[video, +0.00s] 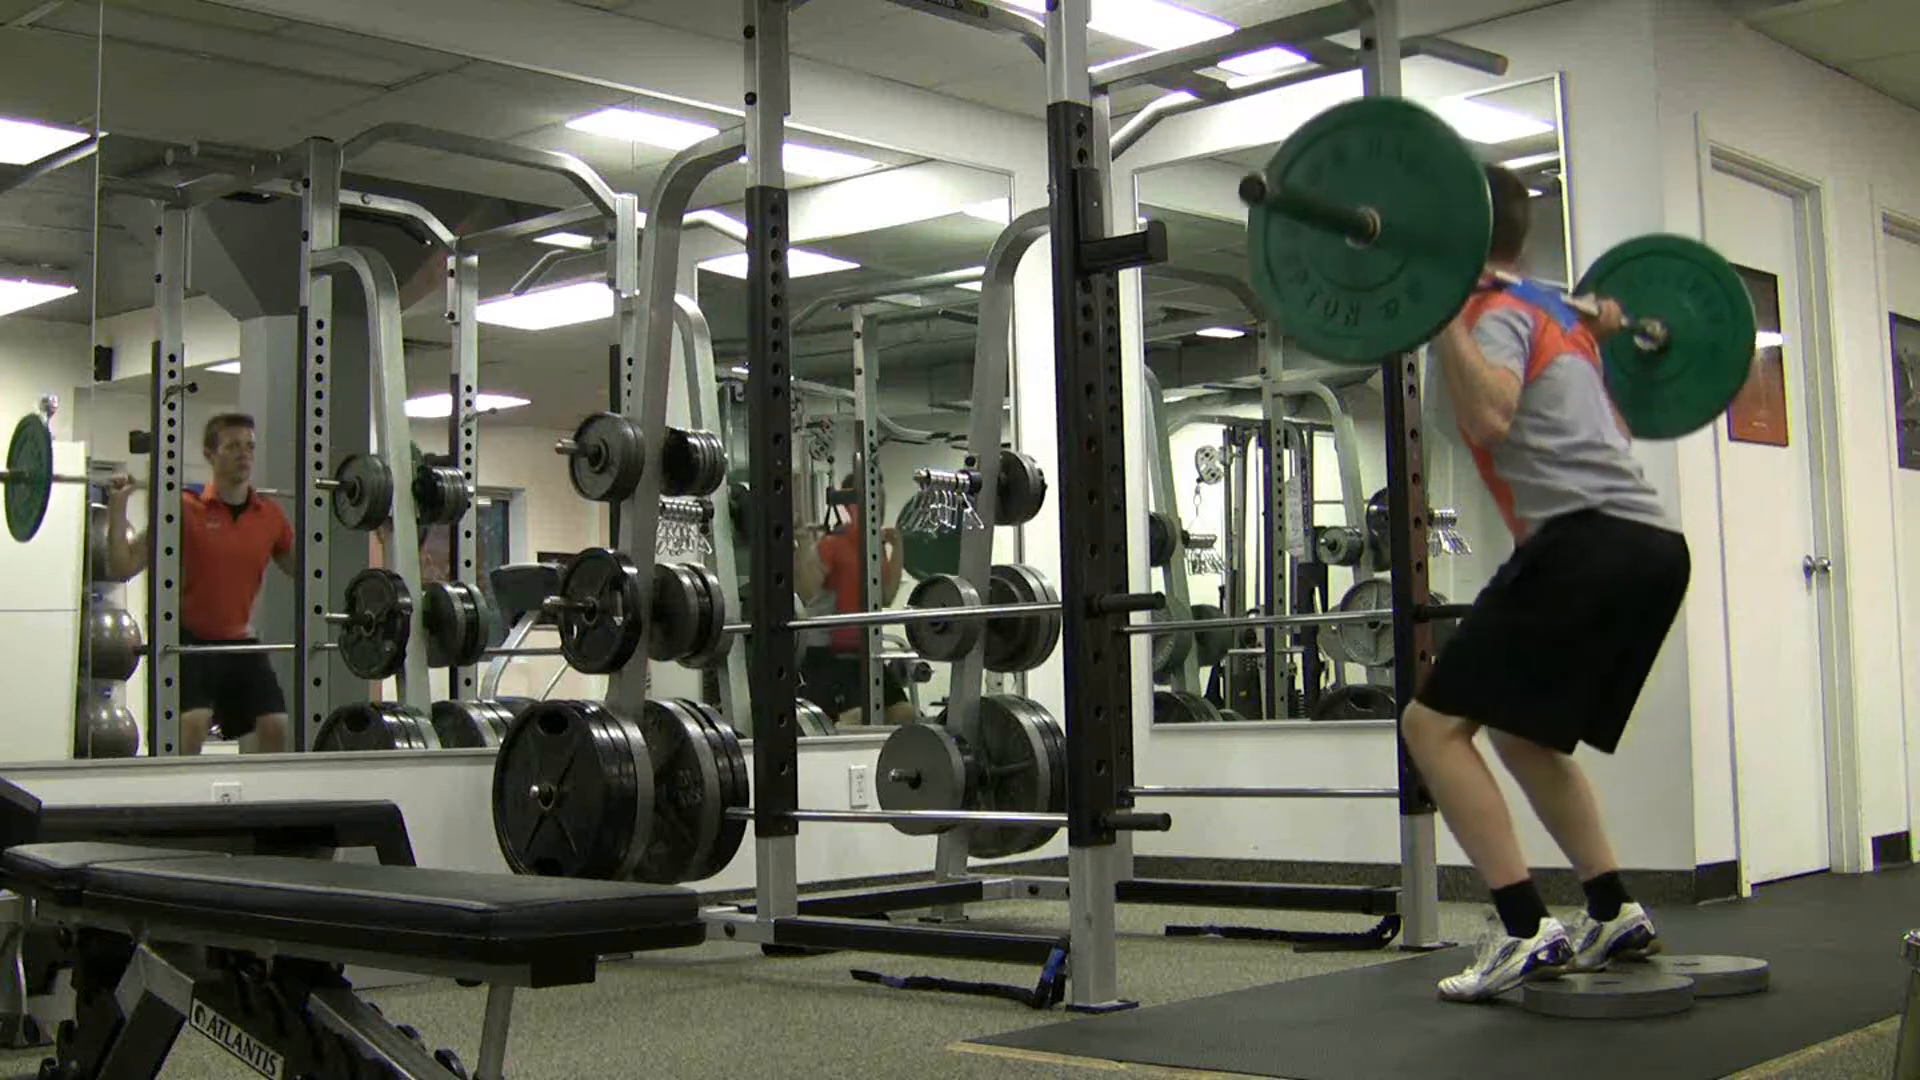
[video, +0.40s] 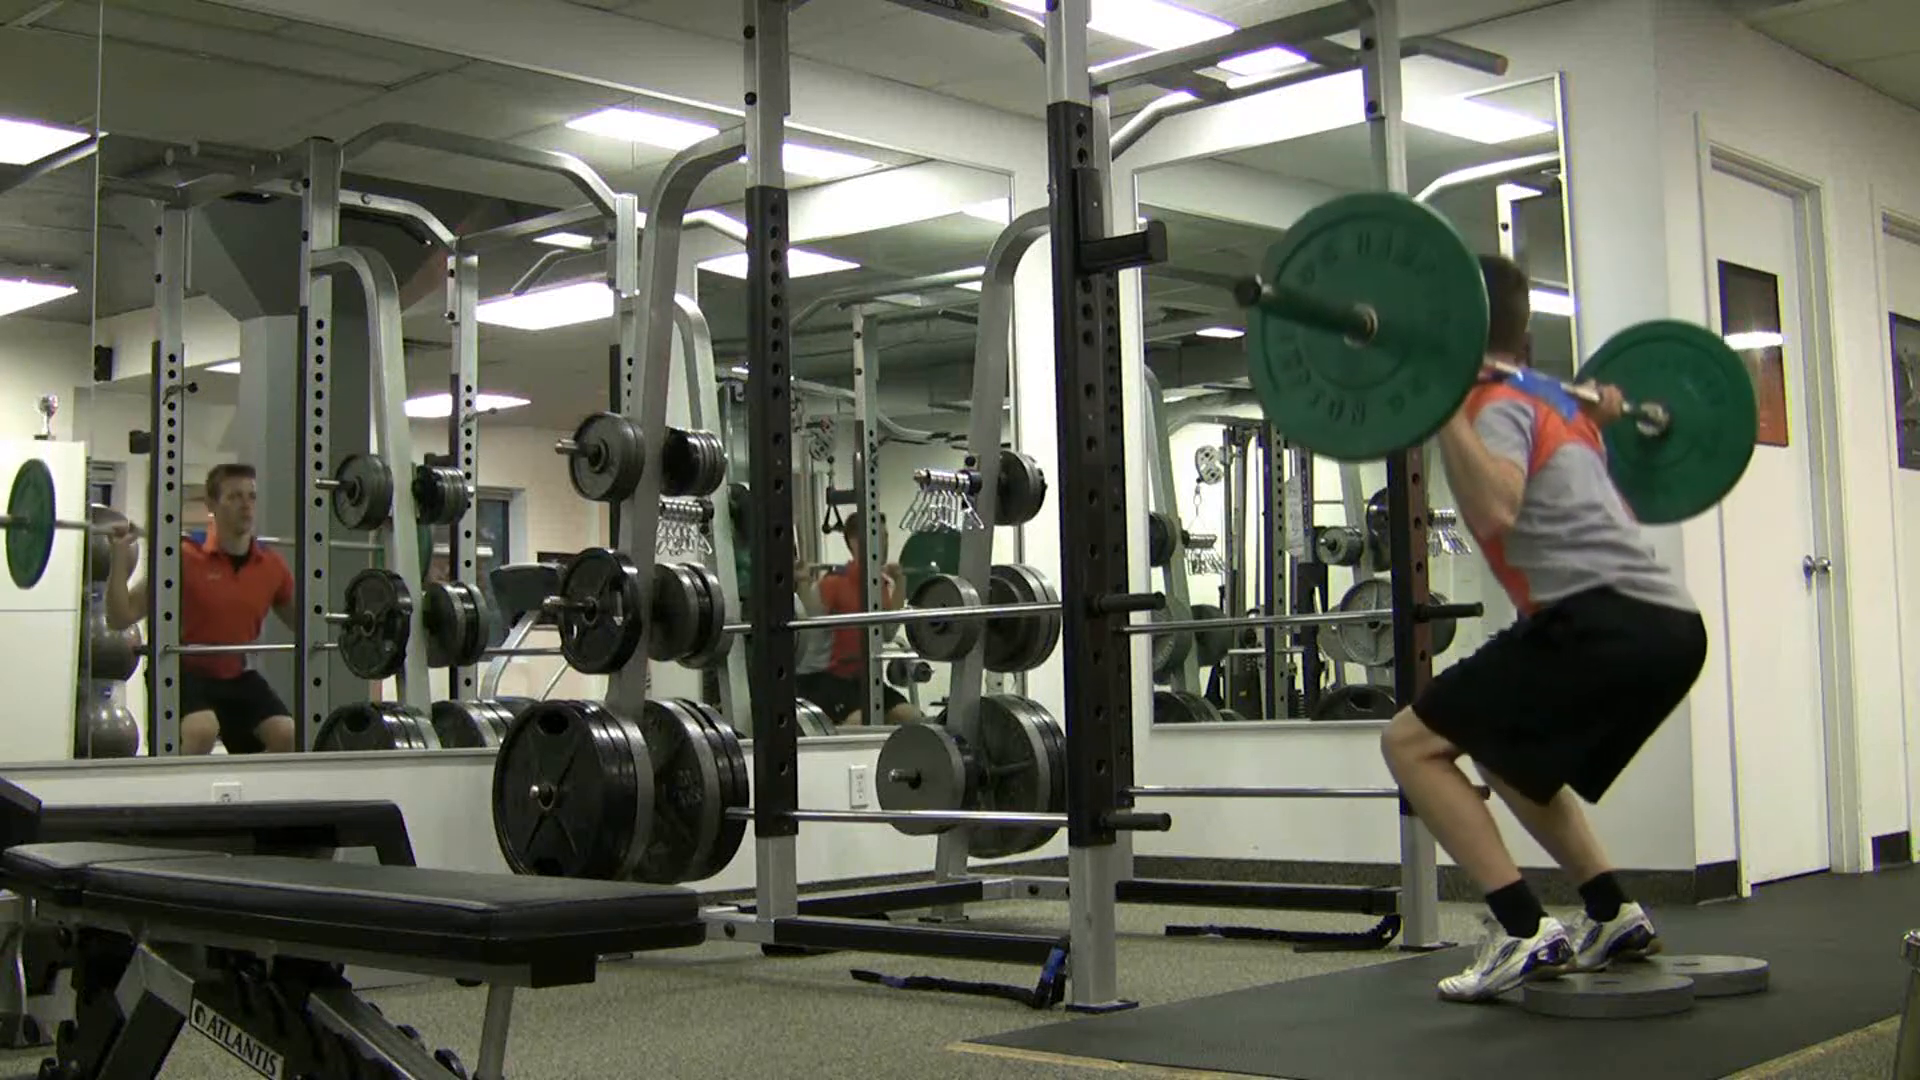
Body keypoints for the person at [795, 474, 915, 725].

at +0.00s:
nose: (871, 506)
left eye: (876, 498)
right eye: (863, 499)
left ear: (882, 501)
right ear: (848, 506)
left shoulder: (875, 545)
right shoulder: (833, 544)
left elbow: (887, 596)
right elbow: (808, 593)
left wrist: (897, 548)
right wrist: (804, 547)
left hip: (869, 652)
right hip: (835, 652)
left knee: (903, 716)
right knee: (852, 721)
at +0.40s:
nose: (874, 545)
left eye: (880, 536)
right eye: (866, 537)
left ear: (886, 540)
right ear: (851, 542)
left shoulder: (881, 585)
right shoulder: (832, 584)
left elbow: (887, 632)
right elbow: (816, 632)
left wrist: (899, 584)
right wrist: (803, 587)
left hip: (869, 678)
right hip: (830, 678)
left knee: (909, 716)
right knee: (860, 717)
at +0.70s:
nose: (884, 568)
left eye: (887, 561)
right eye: (876, 561)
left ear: (891, 564)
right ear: (855, 566)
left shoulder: (885, 607)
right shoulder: (835, 605)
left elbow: (891, 650)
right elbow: (815, 651)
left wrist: (901, 606)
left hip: (871, 692)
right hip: (835, 692)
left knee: (914, 719)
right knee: (864, 724)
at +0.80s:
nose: (884, 575)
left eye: (887, 568)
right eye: (877, 568)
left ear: (891, 571)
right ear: (855, 573)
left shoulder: (887, 613)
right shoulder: (834, 612)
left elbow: (894, 659)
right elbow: (813, 661)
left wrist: (900, 612)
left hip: (872, 697)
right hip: (835, 698)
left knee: (915, 719)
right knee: (864, 724)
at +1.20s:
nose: (889, 594)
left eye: (890, 587)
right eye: (880, 587)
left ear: (893, 588)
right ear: (857, 591)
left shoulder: (886, 631)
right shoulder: (833, 630)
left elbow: (888, 680)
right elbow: (808, 678)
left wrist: (904, 635)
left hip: (872, 708)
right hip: (835, 710)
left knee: (917, 722)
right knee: (862, 728)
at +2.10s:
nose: (881, 520)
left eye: (883, 512)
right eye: (872, 512)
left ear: (886, 515)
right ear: (852, 516)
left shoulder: (877, 558)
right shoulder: (830, 558)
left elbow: (887, 606)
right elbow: (809, 602)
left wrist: (900, 558)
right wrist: (799, 560)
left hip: (870, 661)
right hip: (836, 662)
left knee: (910, 720)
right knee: (857, 722)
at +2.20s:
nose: (878, 507)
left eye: (882, 499)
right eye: (871, 500)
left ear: (885, 502)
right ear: (852, 505)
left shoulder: (875, 545)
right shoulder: (831, 544)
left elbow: (887, 594)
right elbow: (803, 586)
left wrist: (899, 546)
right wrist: (798, 547)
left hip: (867, 651)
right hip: (834, 652)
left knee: (906, 719)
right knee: (854, 724)